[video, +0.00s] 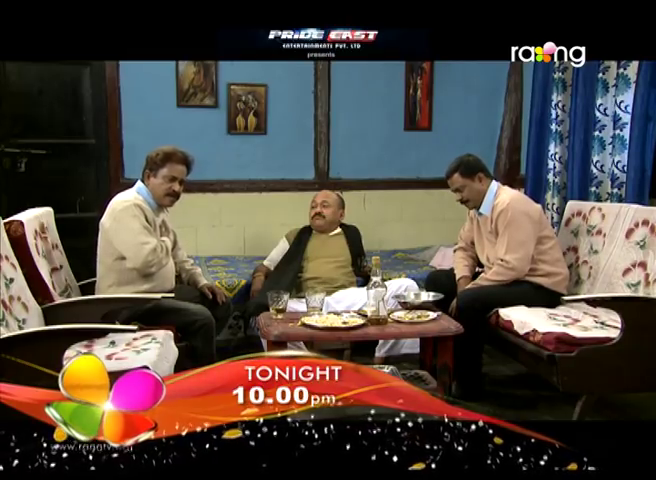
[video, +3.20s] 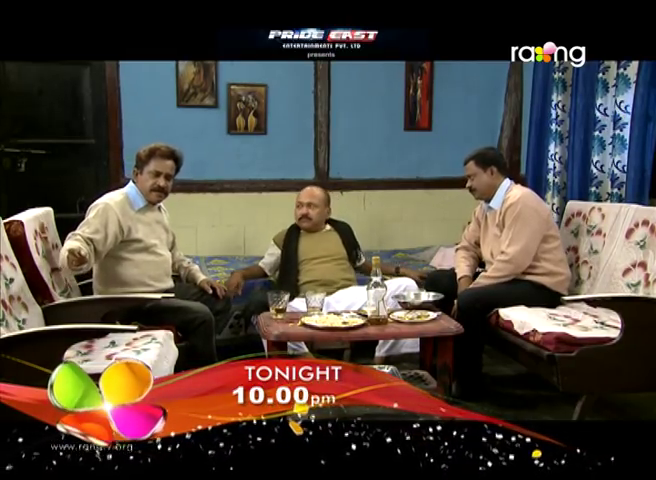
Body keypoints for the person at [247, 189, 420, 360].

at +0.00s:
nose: (317, 210)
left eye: (325, 206)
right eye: (314, 206)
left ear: (340, 213)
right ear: (309, 211)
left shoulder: (351, 233)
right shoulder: (297, 236)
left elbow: (361, 269)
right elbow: (264, 269)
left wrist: (378, 280)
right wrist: (256, 301)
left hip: (351, 298)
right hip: (310, 300)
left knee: (406, 285)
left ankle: (382, 363)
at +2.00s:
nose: (336, 213)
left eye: (337, 208)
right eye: (328, 209)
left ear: (341, 209)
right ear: (309, 214)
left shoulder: (349, 233)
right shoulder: (295, 236)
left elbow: (362, 268)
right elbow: (263, 270)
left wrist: (377, 281)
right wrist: (259, 297)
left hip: (351, 297)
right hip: (311, 300)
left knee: (406, 286)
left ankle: (384, 366)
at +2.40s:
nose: (336, 213)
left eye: (337, 207)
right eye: (329, 209)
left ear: (340, 208)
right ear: (309, 214)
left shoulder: (347, 234)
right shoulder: (293, 237)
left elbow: (359, 267)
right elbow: (266, 267)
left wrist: (378, 276)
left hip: (351, 297)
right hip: (311, 299)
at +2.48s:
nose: (336, 213)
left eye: (337, 207)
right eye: (329, 209)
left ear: (340, 208)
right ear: (309, 214)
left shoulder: (346, 234)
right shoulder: (293, 237)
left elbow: (358, 267)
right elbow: (266, 266)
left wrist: (380, 272)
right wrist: (254, 278)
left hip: (350, 298)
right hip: (310, 300)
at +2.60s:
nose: (336, 212)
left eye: (337, 207)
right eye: (328, 208)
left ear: (339, 208)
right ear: (308, 214)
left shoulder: (346, 233)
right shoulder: (293, 236)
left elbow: (359, 267)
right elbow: (267, 267)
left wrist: (390, 270)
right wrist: (249, 277)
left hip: (350, 299)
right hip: (311, 300)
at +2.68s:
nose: (336, 212)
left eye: (337, 207)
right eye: (329, 208)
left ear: (339, 208)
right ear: (308, 213)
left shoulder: (345, 233)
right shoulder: (292, 236)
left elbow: (360, 267)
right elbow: (267, 267)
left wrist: (395, 270)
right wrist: (242, 274)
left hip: (351, 298)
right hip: (310, 300)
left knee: (406, 286)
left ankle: (379, 365)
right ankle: (312, 366)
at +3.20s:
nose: (303, 211)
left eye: (311, 207)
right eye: (299, 206)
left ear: (326, 211)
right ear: (295, 208)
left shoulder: (342, 230)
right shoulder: (288, 236)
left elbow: (362, 265)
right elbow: (265, 267)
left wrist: (398, 271)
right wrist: (239, 274)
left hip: (349, 295)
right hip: (308, 299)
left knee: (406, 285)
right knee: (286, 318)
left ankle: (379, 362)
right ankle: (309, 366)